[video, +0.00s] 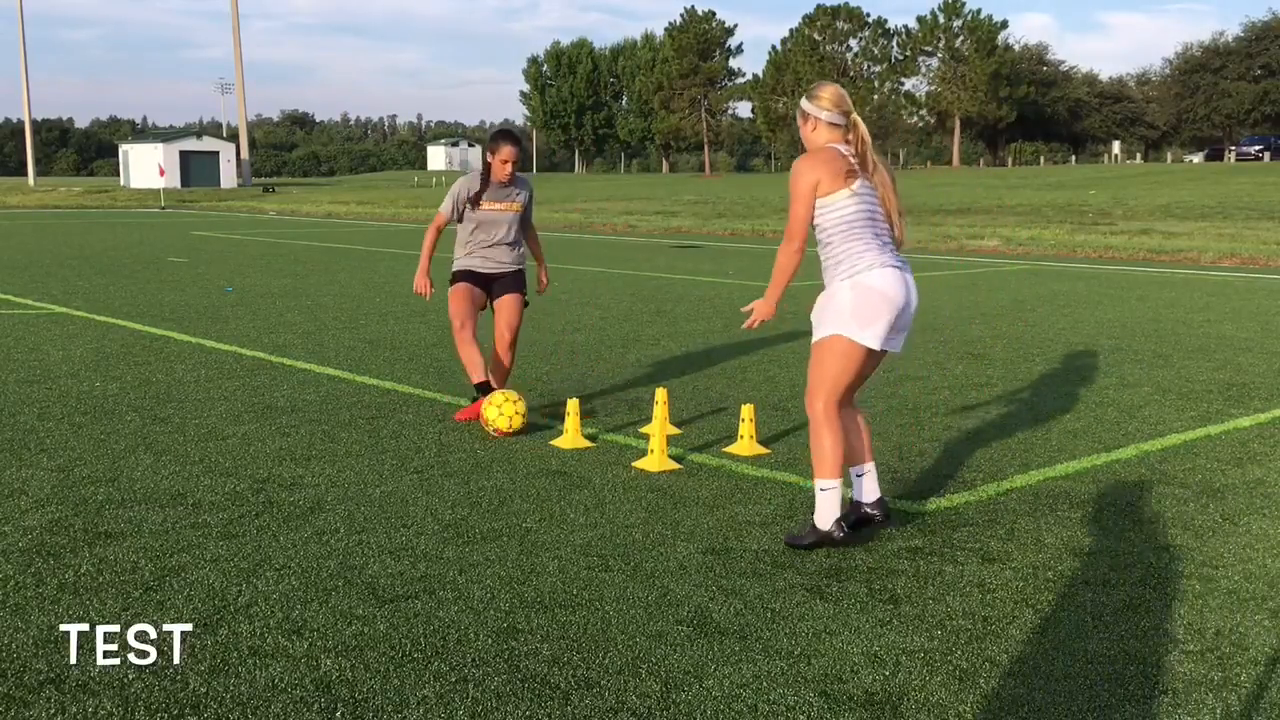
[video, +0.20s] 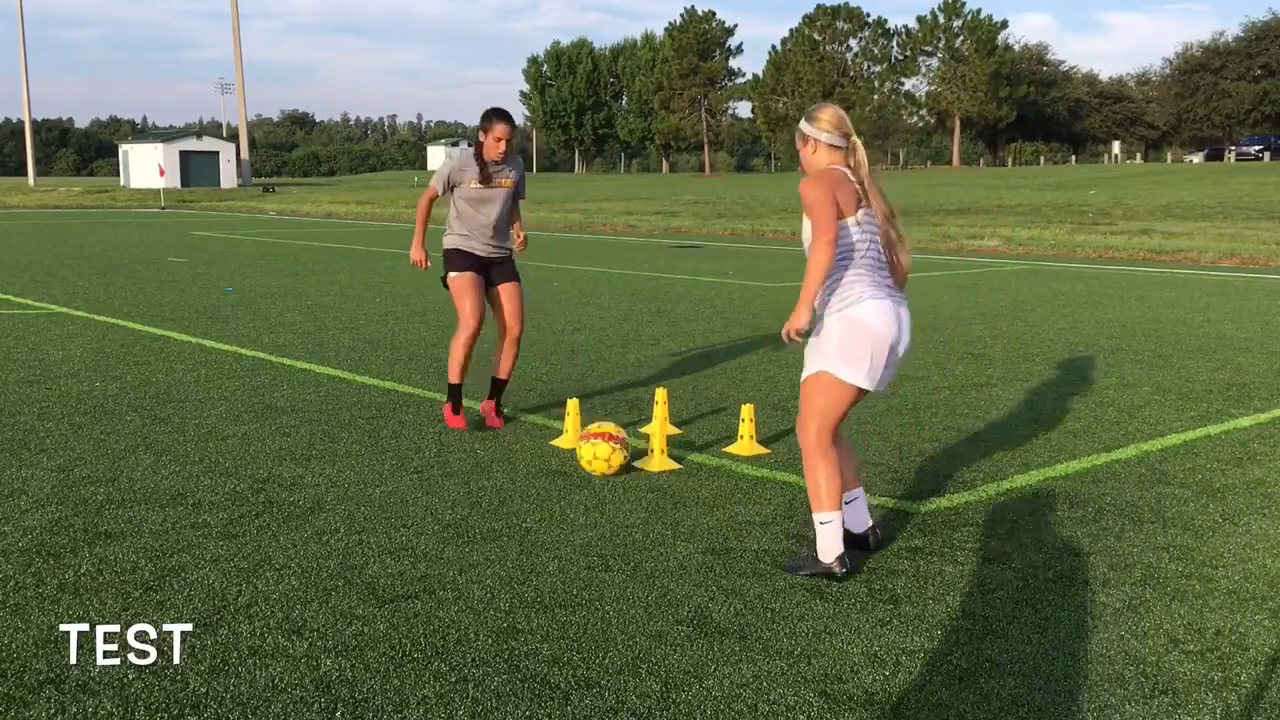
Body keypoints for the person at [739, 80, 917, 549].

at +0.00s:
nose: (800, 130)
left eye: (802, 122)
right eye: (801, 122)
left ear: (815, 122)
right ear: (844, 123)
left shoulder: (811, 164)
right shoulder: (867, 164)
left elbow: (795, 242)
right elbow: (886, 232)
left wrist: (770, 299)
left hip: (860, 287)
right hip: (895, 284)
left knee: (820, 401)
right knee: (842, 398)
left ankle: (826, 521)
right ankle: (869, 501)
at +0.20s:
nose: (798, 154)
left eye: (800, 146)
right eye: (799, 146)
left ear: (811, 144)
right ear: (842, 146)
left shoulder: (818, 181)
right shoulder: (864, 187)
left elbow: (825, 239)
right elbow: (900, 260)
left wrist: (804, 306)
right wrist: (879, 307)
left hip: (855, 313)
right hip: (890, 314)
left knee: (812, 426)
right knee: (825, 423)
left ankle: (829, 553)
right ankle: (858, 528)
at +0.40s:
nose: (807, 170)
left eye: (806, 162)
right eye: (806, 162)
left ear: (819, 158)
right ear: (851, 157)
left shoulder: (833, 201)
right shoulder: (887, 198)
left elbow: (813, 278)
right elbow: (931, 248)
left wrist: (777, 334)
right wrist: (964, 299)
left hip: (872, 336)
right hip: (907, 333)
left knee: (820, 446)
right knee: (789, 385)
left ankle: (849, 560)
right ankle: (794, 498)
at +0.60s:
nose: (828, 186)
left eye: (828, 177)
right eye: (827, 178)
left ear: (839, 173)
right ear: (873, 169)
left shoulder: (854, 219)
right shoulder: (908, 210)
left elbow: (835, 295)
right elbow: (950, 269)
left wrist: (794, 348)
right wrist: (944, 324)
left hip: (896, 349)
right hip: (934, 346)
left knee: (823, 441)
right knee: (832, 395)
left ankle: (848, 557)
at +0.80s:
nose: (866, 153)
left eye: (867, 144)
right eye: (865, 145)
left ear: (882, 139)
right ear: (910, 137)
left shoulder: (889, 174)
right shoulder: (948, 171)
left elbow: (882, 227)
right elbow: (1005, 212)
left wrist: (860, 289)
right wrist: (1018, 263)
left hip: (937, 304)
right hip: (980, 301)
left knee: (887, 414)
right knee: (912, 407)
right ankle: (942, 505)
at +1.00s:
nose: (903, 169)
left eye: (903, 162)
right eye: (903, 162)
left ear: (913, 161)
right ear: (945, 158)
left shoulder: (917, 197)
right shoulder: (981, 192)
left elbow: (898, 260)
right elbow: (1033, 237)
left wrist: (882, 312)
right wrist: (1074, 281)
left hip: (982, 321)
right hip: (1017, 312)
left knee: (965, 431)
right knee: (926, 379)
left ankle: (1014, 536)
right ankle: (959, 467)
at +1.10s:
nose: (917, 164)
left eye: (917, 157)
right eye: (917, 157)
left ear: (925, 156)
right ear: (959, 152)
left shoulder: (929, 194)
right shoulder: (995, 185)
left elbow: (912, 257)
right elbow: (1044, 224)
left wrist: (896, 315)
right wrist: (1077, 271)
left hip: (982, 313)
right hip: (1026, 306)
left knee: (971, 425)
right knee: (973, 395)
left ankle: (1012, 534)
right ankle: (1009, 476)